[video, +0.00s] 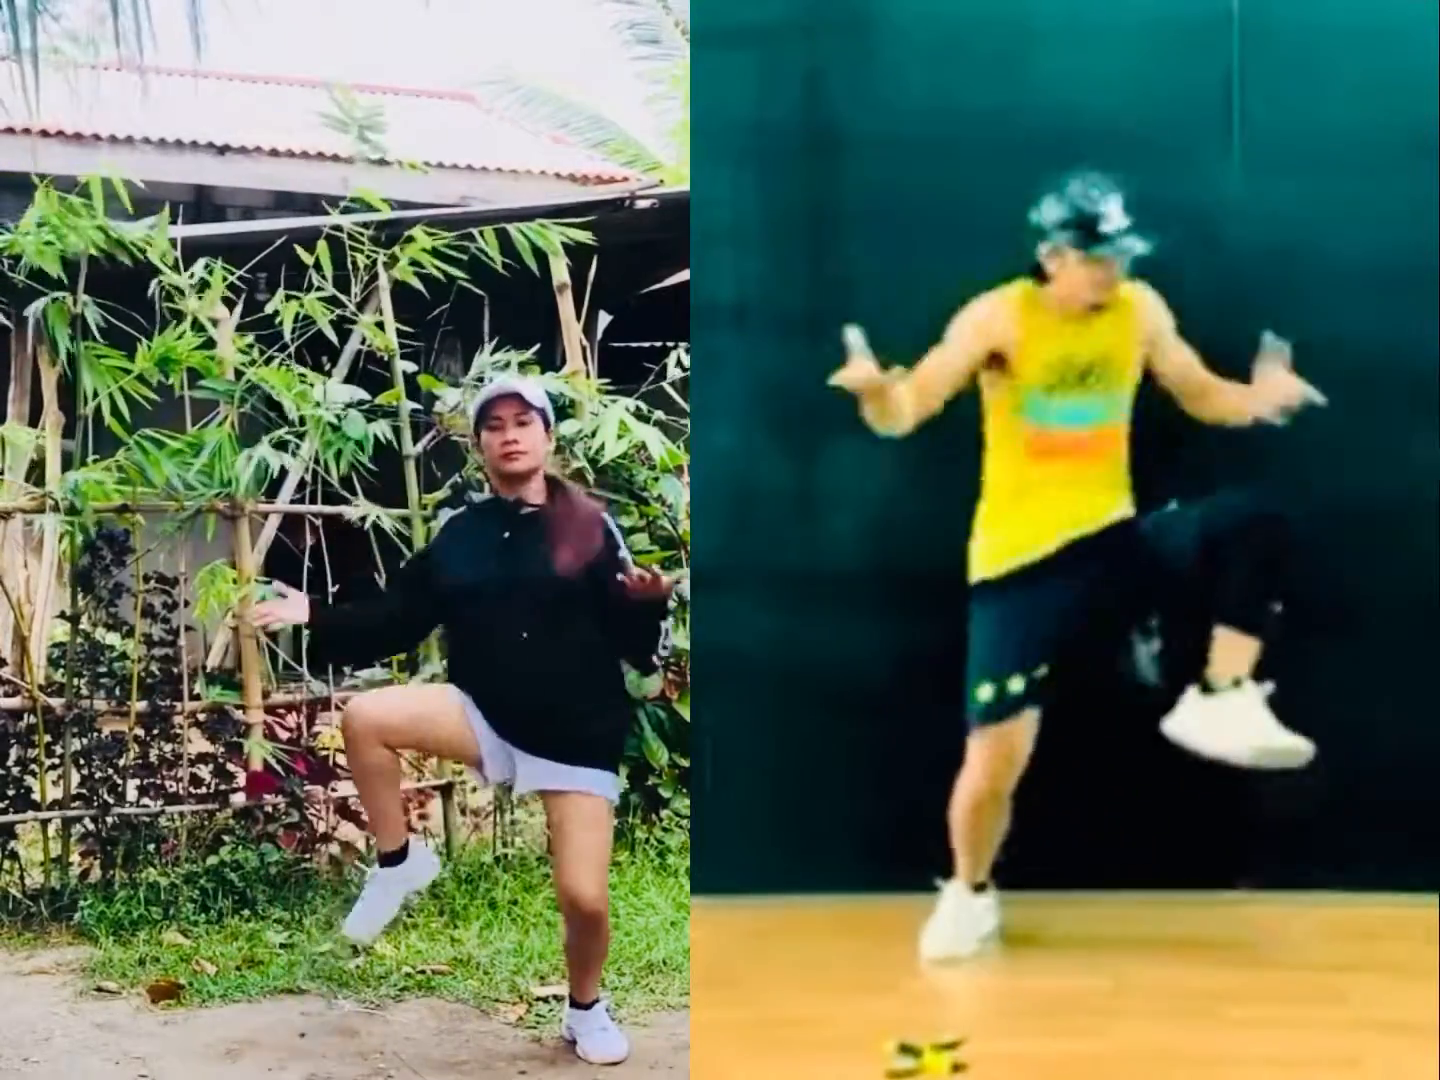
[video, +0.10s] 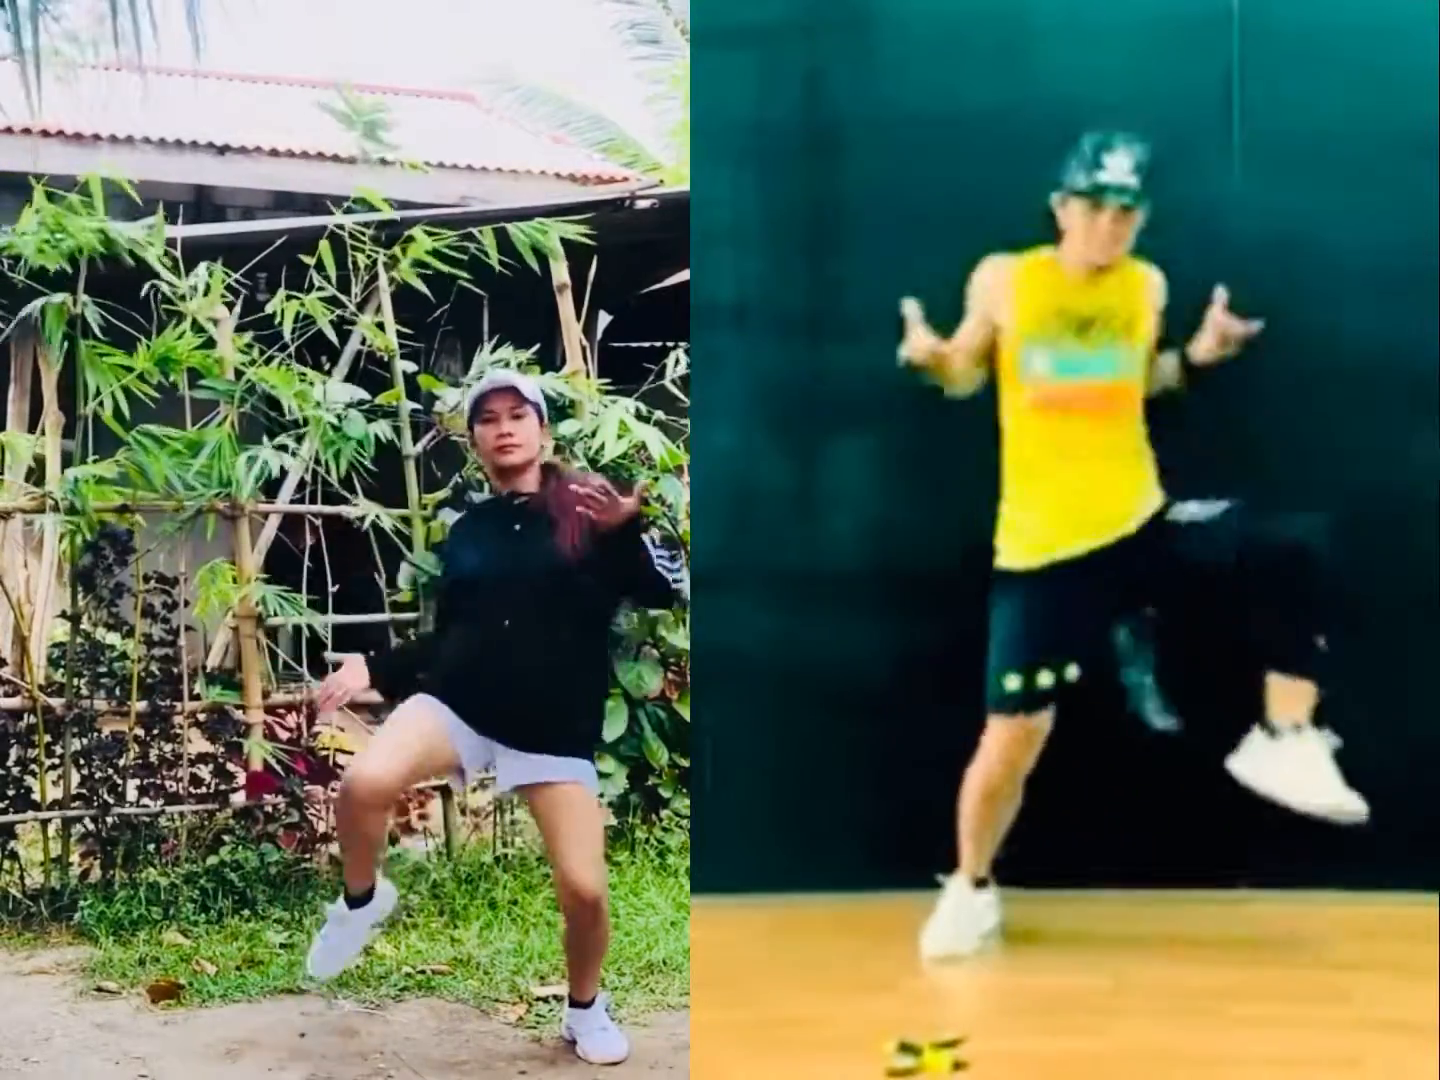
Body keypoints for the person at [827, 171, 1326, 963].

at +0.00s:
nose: (1111, 274)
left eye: (1116, 258)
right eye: (1094, 260)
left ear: (1125, 255)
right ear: (1050, 259)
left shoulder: (1138, 310)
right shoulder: (997, 319)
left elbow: (1200, 393)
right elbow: (908, 408)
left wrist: (1259, 398)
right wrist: (877, 391)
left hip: (1112, 540)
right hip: (1016, 564)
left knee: (1253, 524)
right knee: (998, 754)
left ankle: (1222, 697)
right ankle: (968, 894)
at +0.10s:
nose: (1110, 228)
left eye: (1125, 213)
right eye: (1096, 208)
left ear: (1140, 219)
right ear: (1061, 208)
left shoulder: (1144, 285)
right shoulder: (1005, 280)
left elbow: (1137, 380)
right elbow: (965, 372)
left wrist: (1196, 353)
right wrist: (931, 357)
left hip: (1139, 522)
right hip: (1039, 548)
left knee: (1289, 554)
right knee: (1013, 738)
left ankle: (1285, 740)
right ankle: (968, 890)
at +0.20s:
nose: (1115, 228)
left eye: (1131, 213)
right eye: (1101, 210)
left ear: (1150, 219)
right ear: (1070, 210)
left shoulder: (1165, 298)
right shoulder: (1019, 278)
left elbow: (1191, 406)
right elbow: (931, 364)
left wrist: (1282, 373)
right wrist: (947, 328)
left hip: (1170, 535)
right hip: (1061, 553)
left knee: (1296, 643)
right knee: (1018, 730)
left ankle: (1342, 824)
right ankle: (998, 877)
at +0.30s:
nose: (1128, 280)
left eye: (1144, 264)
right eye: (1114, 261)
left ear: (1165, 272)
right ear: (1084, 263)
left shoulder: (1191, 362)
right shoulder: (1035, 333)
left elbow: (1290, 446)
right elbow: (928, 382)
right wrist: (959, 355)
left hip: (1193, 592)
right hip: (1080, 603)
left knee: (1296, 719)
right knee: (1014, 771)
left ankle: (1326, 896)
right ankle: (1017, 891)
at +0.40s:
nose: (1166, 312)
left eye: (1183, 295)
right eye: (1150, 294)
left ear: (1207, 302)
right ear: (1124, 299)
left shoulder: (1235, 377)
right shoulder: (1088, 365)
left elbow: (1319, 455)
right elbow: (998, 422)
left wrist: (1417, 488)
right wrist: (935, 440)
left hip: (1221, 620)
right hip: (1107, 627)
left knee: (1329, 734)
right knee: (1029, 782)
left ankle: (1331, 899)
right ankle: (1016, 894)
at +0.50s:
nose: (1208, 296)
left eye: (1224, 277)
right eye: (1192, 277)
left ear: (1248, 277)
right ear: (1167, 280)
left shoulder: (1279, 342)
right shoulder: (1130, 358)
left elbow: (1334, 448)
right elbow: (1044, 461)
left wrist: (1362, 427)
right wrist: (960, 467)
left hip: (1247, 606)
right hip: (1145, 606)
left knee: (1353, 736)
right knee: (1091, 776)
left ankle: (1331, 900)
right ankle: (967, 870)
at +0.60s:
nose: (1239, 246)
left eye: (1252, 229)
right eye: (1222, 231)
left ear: (1273, 235)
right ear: (1192, 240)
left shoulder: (1306, 306)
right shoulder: (1163, 321)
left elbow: (1332, 413)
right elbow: (1144, 425)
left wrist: (1363, 377)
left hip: (1278, 579)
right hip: (1171, 571)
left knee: (1363, 729)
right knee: (1076, 727)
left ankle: (1332, 897)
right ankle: (956, 821)